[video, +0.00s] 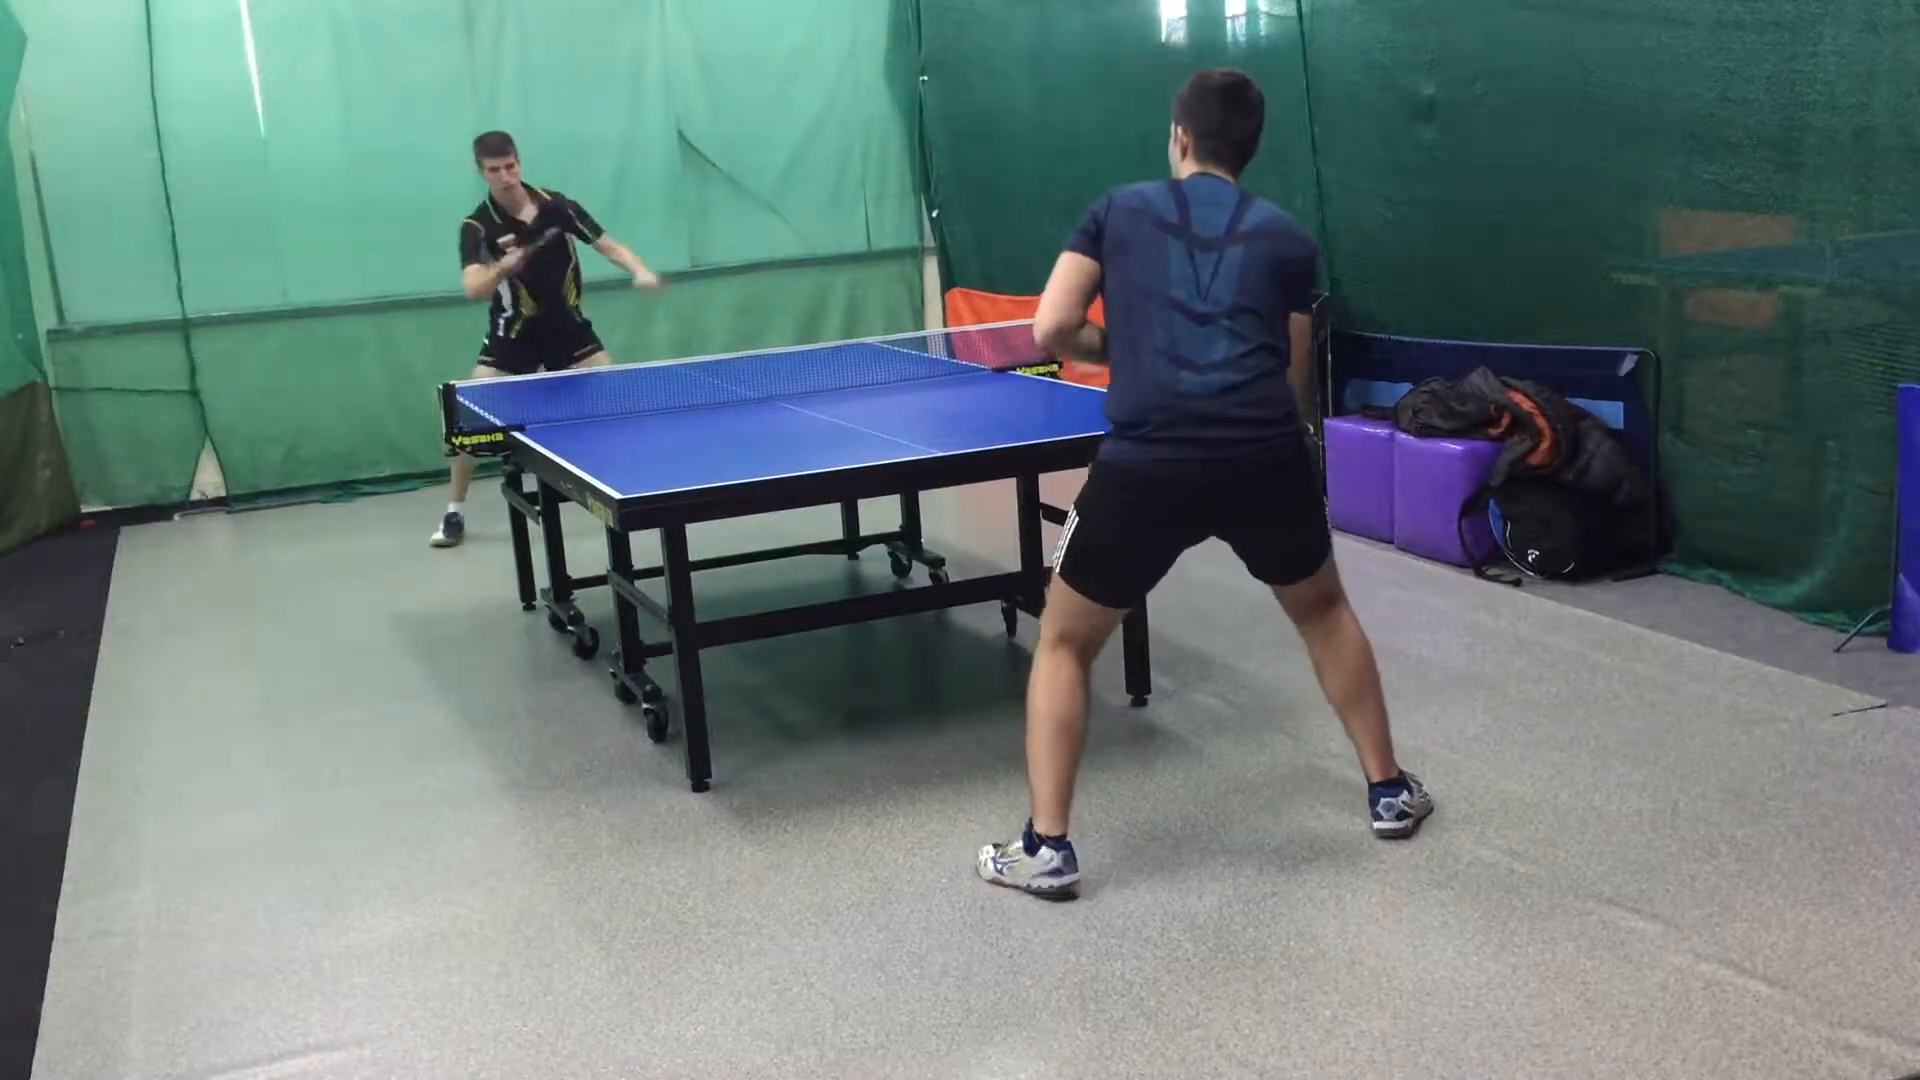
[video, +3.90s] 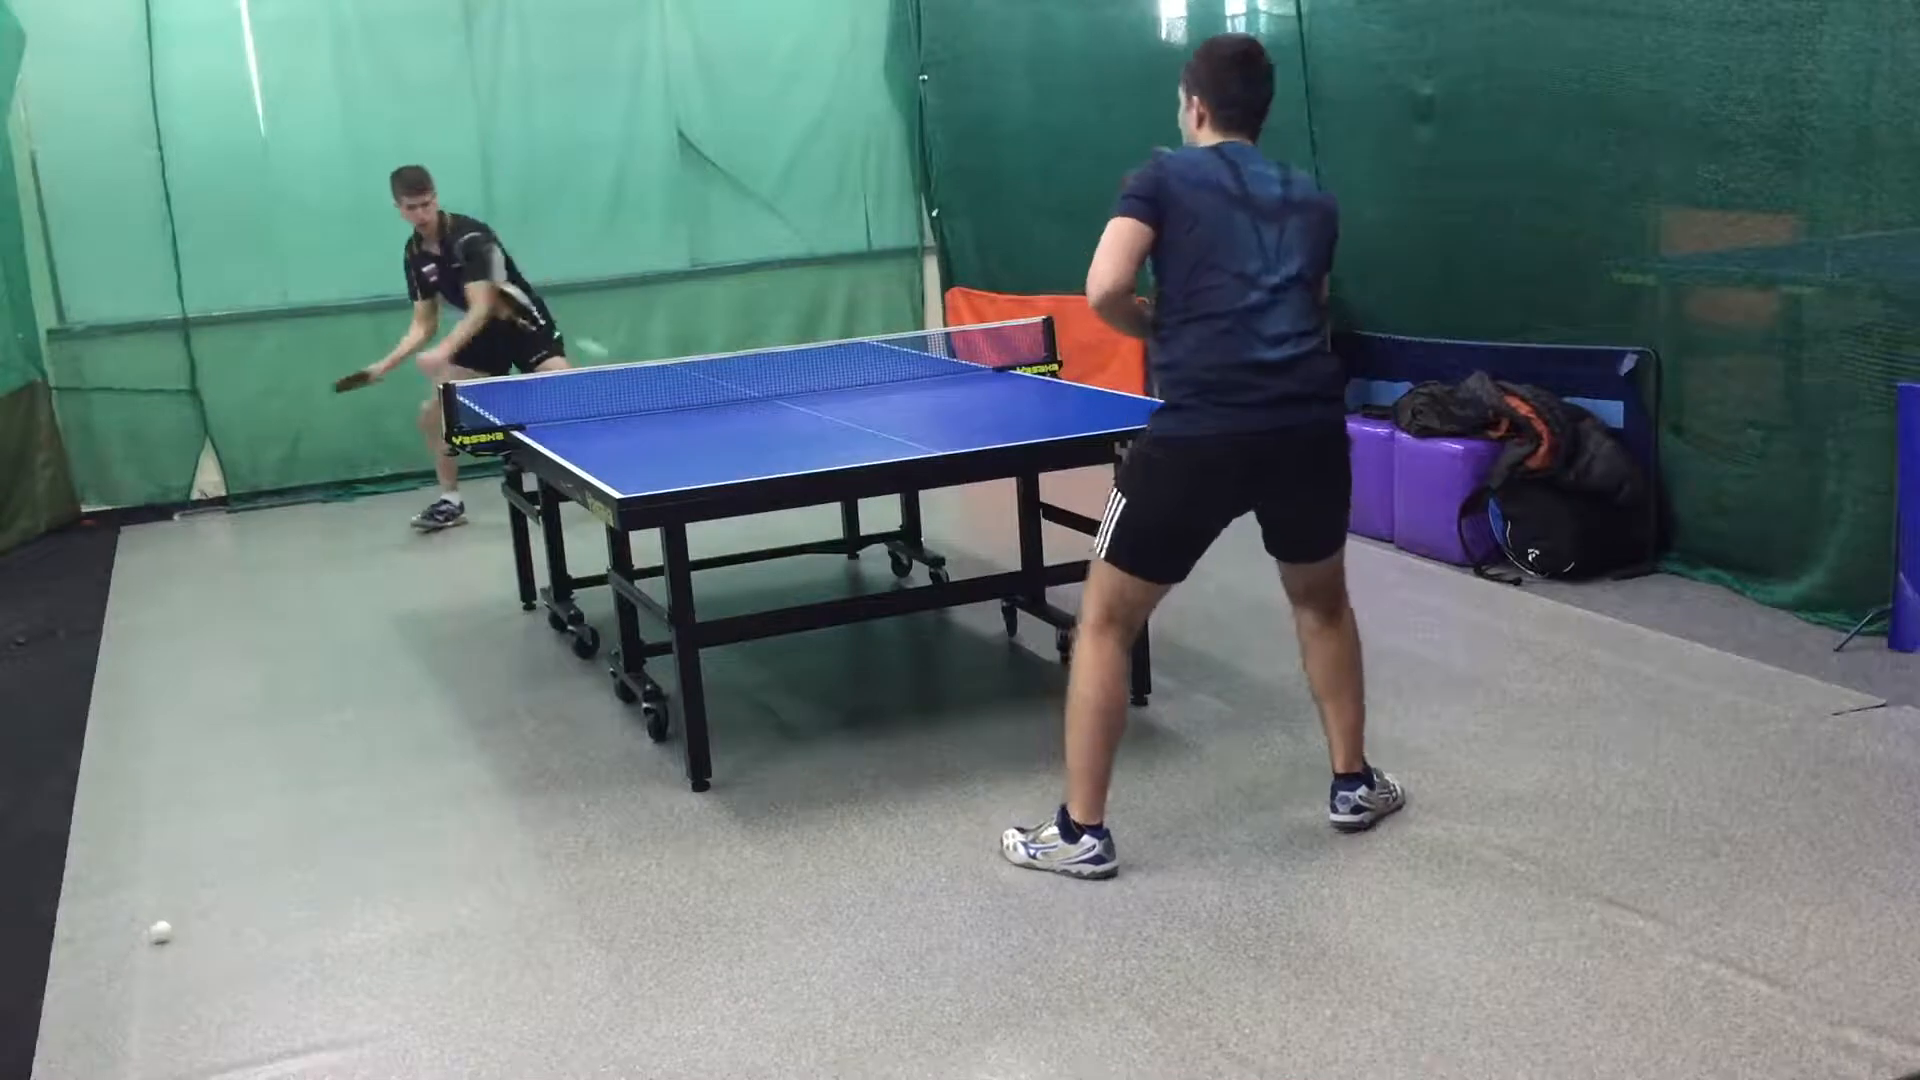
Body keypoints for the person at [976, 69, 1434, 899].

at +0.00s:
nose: (1173, 144)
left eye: (1174, 133)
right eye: (1188, 135)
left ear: (1179, 141)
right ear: (1250, 150)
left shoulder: (1116, 212)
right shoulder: (1286, 237)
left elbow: (1053, 328)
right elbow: (1294, 375)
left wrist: (1116, 344)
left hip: (1147, 474)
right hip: (1266, 470)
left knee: (1066, 644)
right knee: (1323, 615)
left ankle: (1047, 843)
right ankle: (1388, 790)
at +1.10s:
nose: (1149, 78)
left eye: (1146, 65)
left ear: (1152, 71)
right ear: (1229, 69)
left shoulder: (1102, 151)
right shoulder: (1268, 151)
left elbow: (1096, 275)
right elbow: (1290, 312)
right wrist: (1276, 306)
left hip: (1104, 425)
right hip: (1218, 423)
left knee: (1078, 623)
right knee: (1253, 612)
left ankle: (1053, 819)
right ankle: (1267, 799)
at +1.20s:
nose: (1136, 81)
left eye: (1135, 69)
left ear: (1143, 74)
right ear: (1220, 73)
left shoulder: (1095, 153)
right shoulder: (1270, 159)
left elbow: (1054, 297)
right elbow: (1284, 286)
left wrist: (1098, 355)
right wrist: (1217, 300)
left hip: (1106, 427)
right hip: (1222, 424)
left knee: (1077, 623)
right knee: (1252, 609)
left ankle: (1053, 824)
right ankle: (1266, 799)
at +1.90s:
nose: (1114, 107)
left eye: (1114, 96)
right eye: (1121, 95)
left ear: (1124, 99)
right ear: (1198, 101)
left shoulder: (1096, 168)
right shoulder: (1252, 184)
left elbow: (1029, 279)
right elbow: (1282, 331)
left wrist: (1090, 320)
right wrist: (1278, 374)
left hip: (1128, 431)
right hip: (1239, 425)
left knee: (1062, 625)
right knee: (1272, 604)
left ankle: (1053, 827)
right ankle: (1329, 786)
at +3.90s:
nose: (1180, 112)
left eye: (1181, 101)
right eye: (1187, 101)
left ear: (1193, 107)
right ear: (1264, 111)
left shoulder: (1163, 175)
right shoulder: (1313, 197)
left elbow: (1107, 290)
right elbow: (1311, 303)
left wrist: (1157, 323)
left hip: (1198, 443)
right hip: (1307, 438)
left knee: (1108, 620)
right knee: (1321, 601)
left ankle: (1082, 829)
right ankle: (1352, 782)